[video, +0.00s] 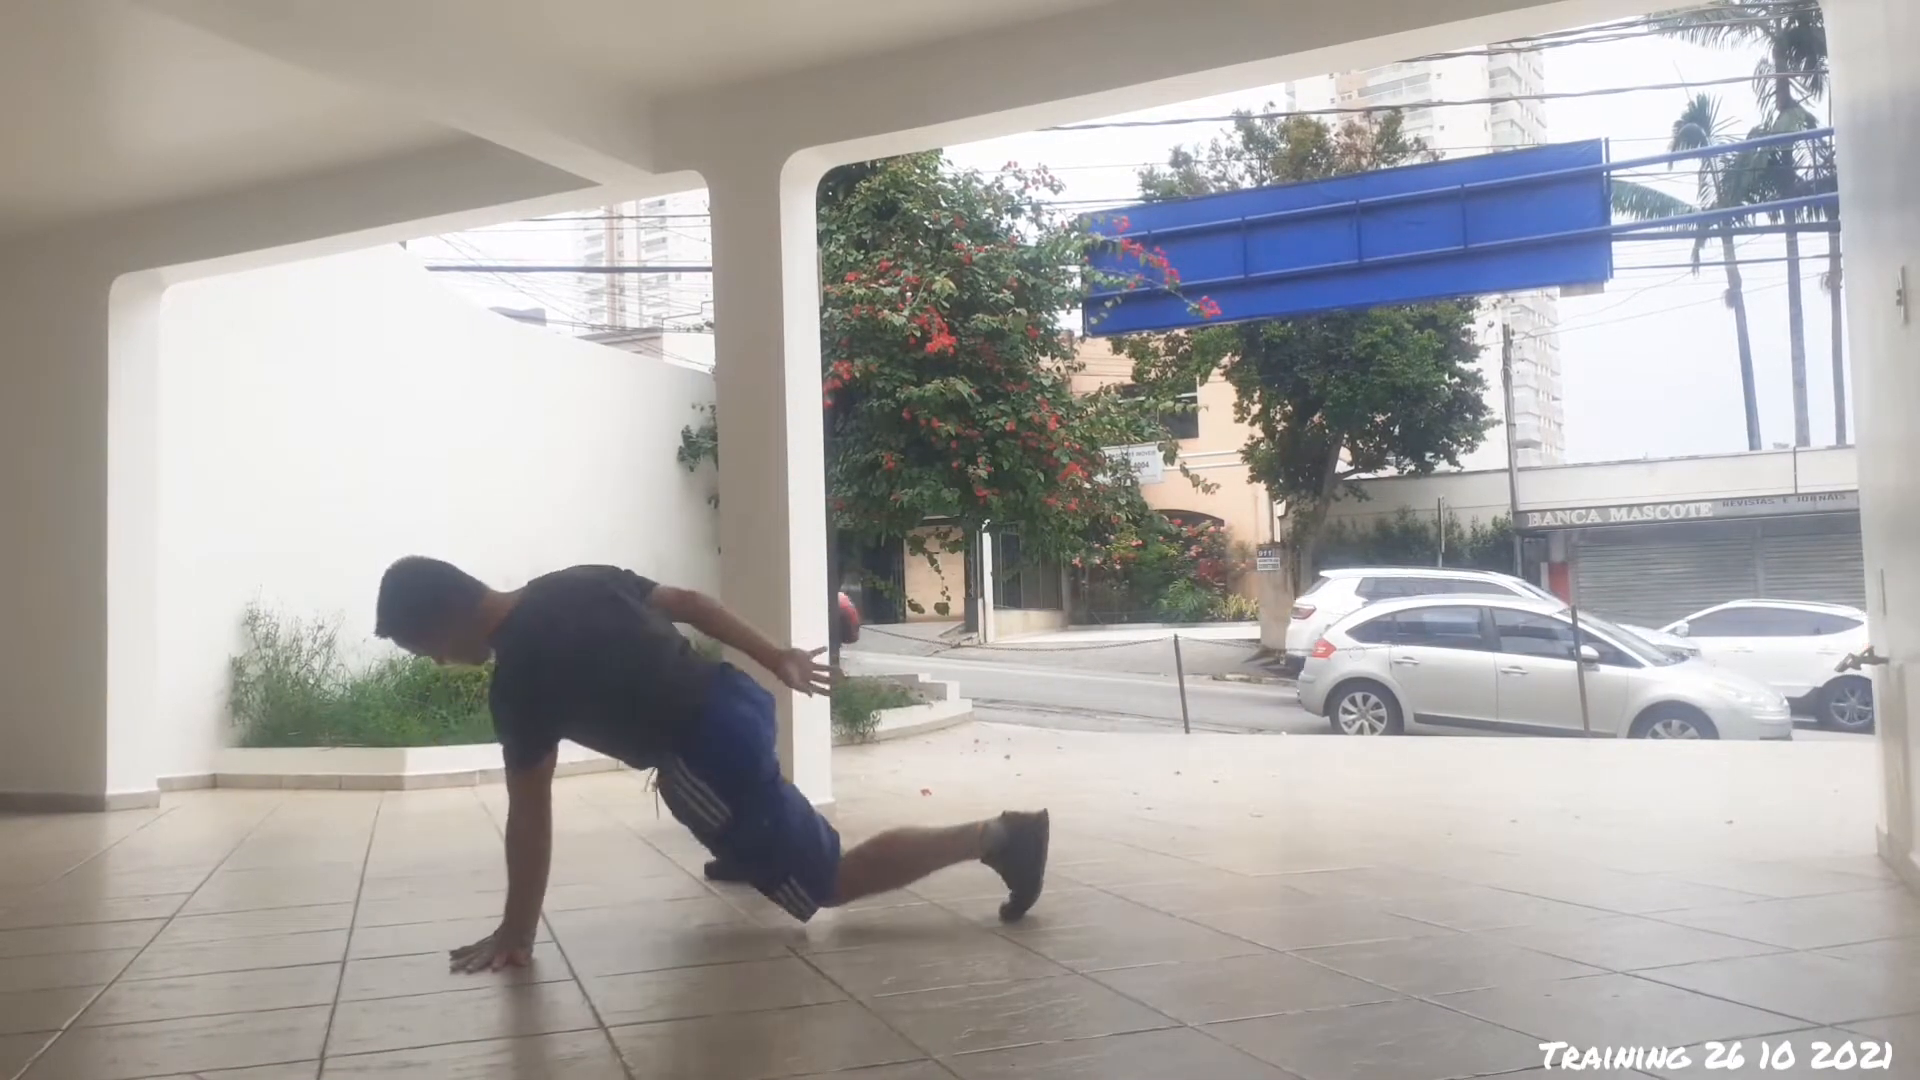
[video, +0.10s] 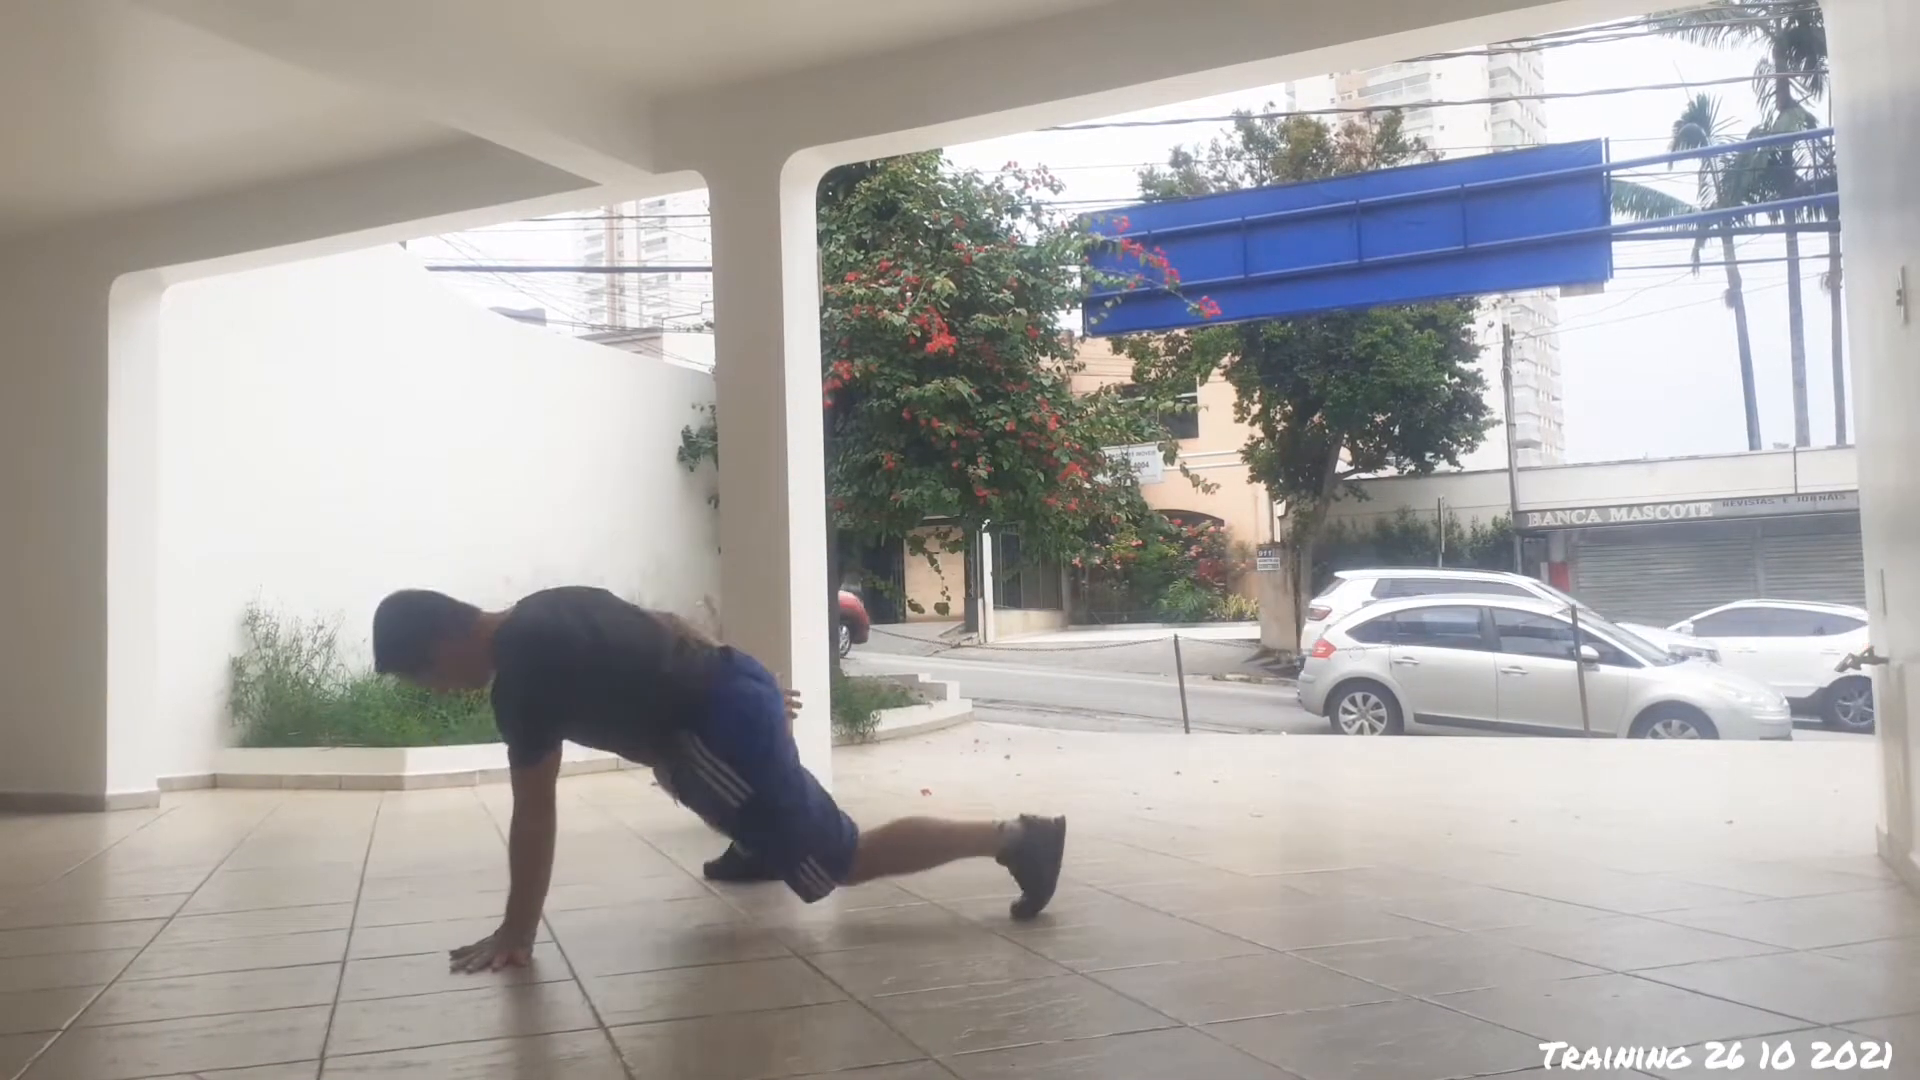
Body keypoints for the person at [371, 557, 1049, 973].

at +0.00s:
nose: (439, 662)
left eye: (428, 650)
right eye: (425, 652)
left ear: (442, 623)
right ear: (466, 583)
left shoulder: (519, 675)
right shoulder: (572, 581)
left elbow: (530, 812)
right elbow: (689, 604)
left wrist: (515, 932)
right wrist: (776, 658)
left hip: (711, 751)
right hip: (743, 691)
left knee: (827, 875)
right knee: (696, 781)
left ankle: (999, 839)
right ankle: (754, 859)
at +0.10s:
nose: (439, 693)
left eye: (427, 680)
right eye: (424, 685)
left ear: (444, 645)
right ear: (460, 613)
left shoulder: (523, 671)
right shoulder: (551, 605)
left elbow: (534, 816)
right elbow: (670, 628)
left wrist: (516, 935)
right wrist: (755, 680)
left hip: (727, 726)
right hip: (738, 679)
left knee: (834, 856)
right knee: (678, 756)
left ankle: (1013, 840)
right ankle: (764, 848)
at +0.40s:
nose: (456, 750)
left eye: (442, 741)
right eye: (442, 748)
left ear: (444, 700)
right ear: (447, 686)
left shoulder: (517, 673)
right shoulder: (516, 654)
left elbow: (543, 813)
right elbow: (545, 808)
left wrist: (516, 931)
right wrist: (522, 916)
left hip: (722, 621)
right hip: (708, 617)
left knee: (837, 742)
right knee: (731, 734)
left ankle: (970, 856)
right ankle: (767, 847)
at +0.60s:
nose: (481, 778)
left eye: (465, 773)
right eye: (469, 778)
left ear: (461, 730)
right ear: (460, 716)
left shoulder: (540, 685)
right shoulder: (527, 674)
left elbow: (551, 816)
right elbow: (549, 813)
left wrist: (519, 932)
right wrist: (521, 926)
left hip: (735, 611)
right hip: (709, 622)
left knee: (810, 741)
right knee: (743, 735)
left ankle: (905, 884)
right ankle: (766, 845)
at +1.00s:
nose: (573, 792)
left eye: (558, 788)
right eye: (561, 792)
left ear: (548, 751)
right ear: (549, 736)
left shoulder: (611, 702)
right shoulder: (604, 683)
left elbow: (588, 828)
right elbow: (589, 823)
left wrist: (521, 929)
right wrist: (528, 923)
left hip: (803, 598)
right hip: (772, 595)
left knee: (857, 735)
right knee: (777, 727)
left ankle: (915, 894)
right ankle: (767, 844)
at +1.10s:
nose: (590, 791)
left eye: (575, 788)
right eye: (579, 791)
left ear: (571, 749)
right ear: (570, 738)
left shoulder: (632, 703)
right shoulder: (630, 668)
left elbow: (604, 830)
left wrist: (534, 928)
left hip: (824, 597)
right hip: (789, 590)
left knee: (872, 735)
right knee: (787, 724)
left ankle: (918, 896)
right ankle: (767, 843)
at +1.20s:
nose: (615, 784)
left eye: (599, 781)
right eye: (603, 785)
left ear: (586, 746)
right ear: (587, 731)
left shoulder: (652, 699)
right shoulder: (646, 667)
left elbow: (633, 828)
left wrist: (567, 932)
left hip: (840, 598)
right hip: (804, 597)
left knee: (883, 737)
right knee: (795, 724)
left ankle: (919, 897)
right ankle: (769, 843)